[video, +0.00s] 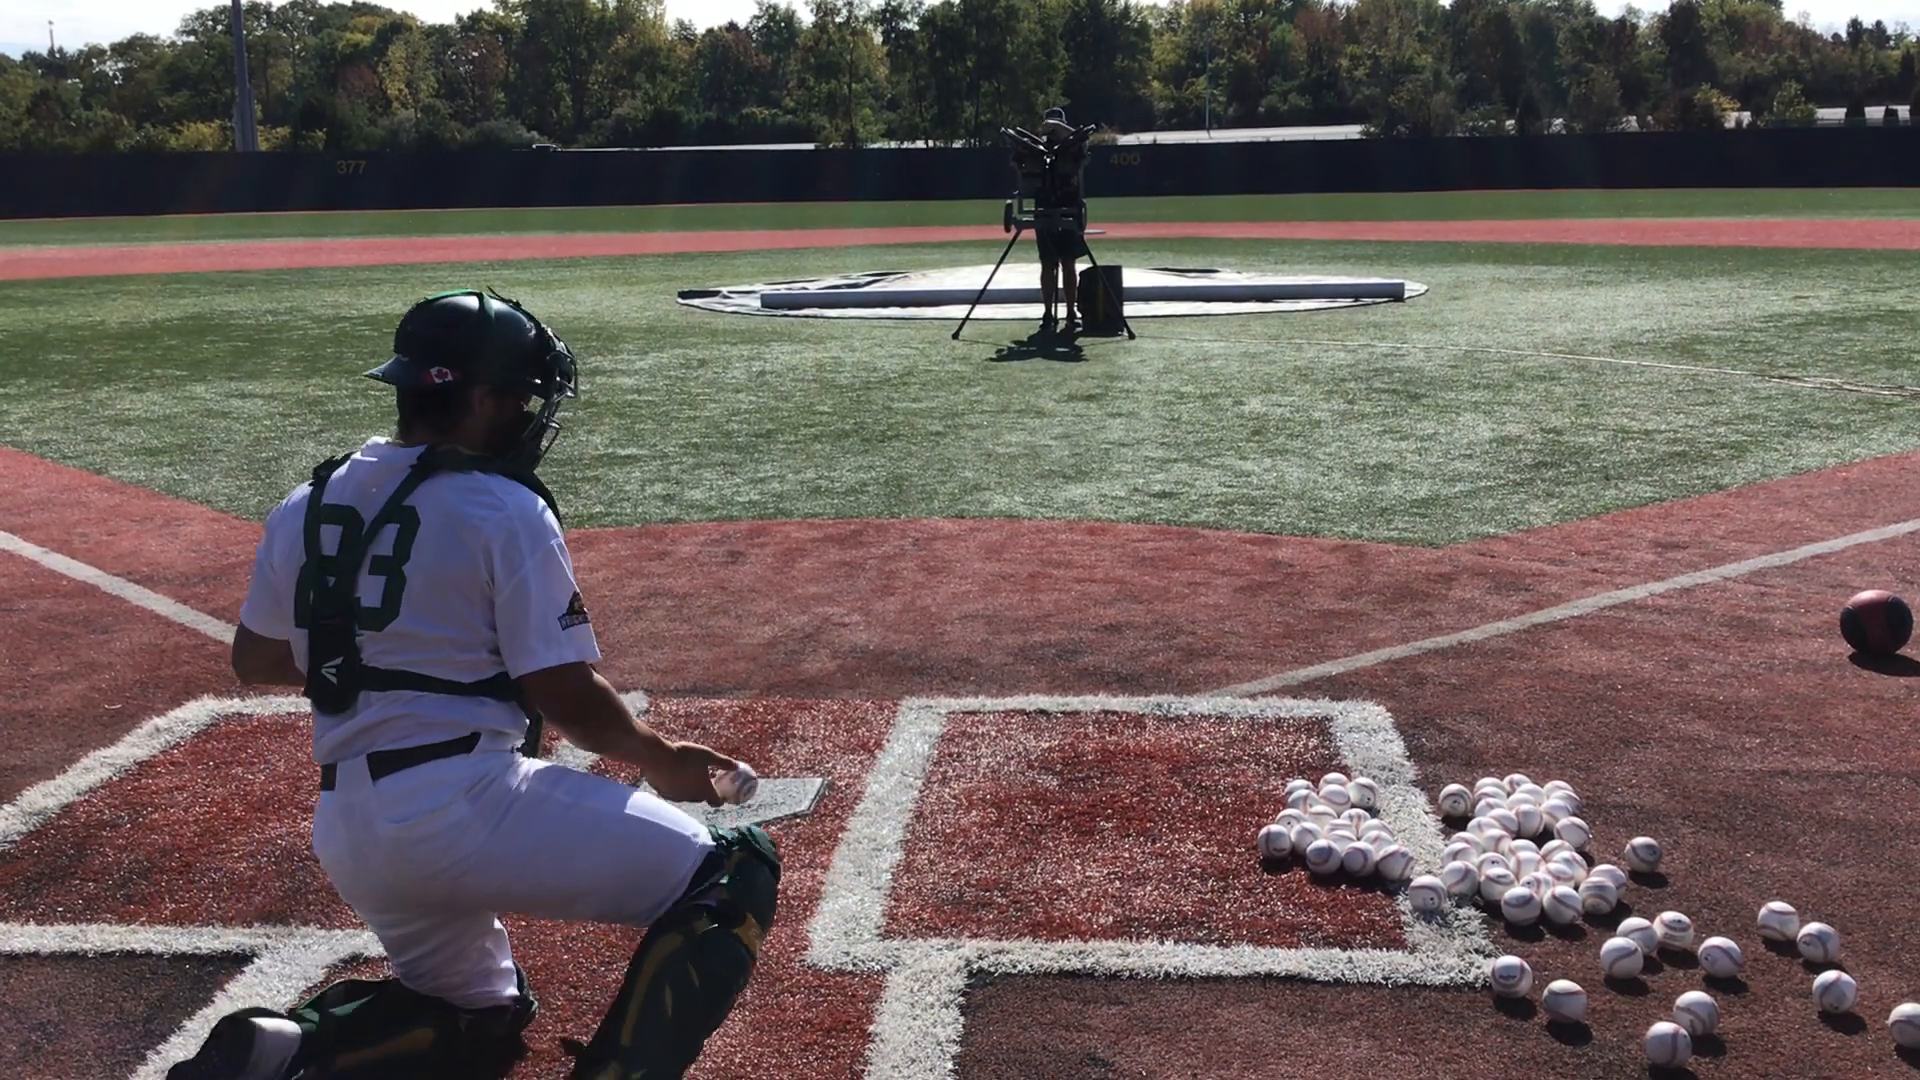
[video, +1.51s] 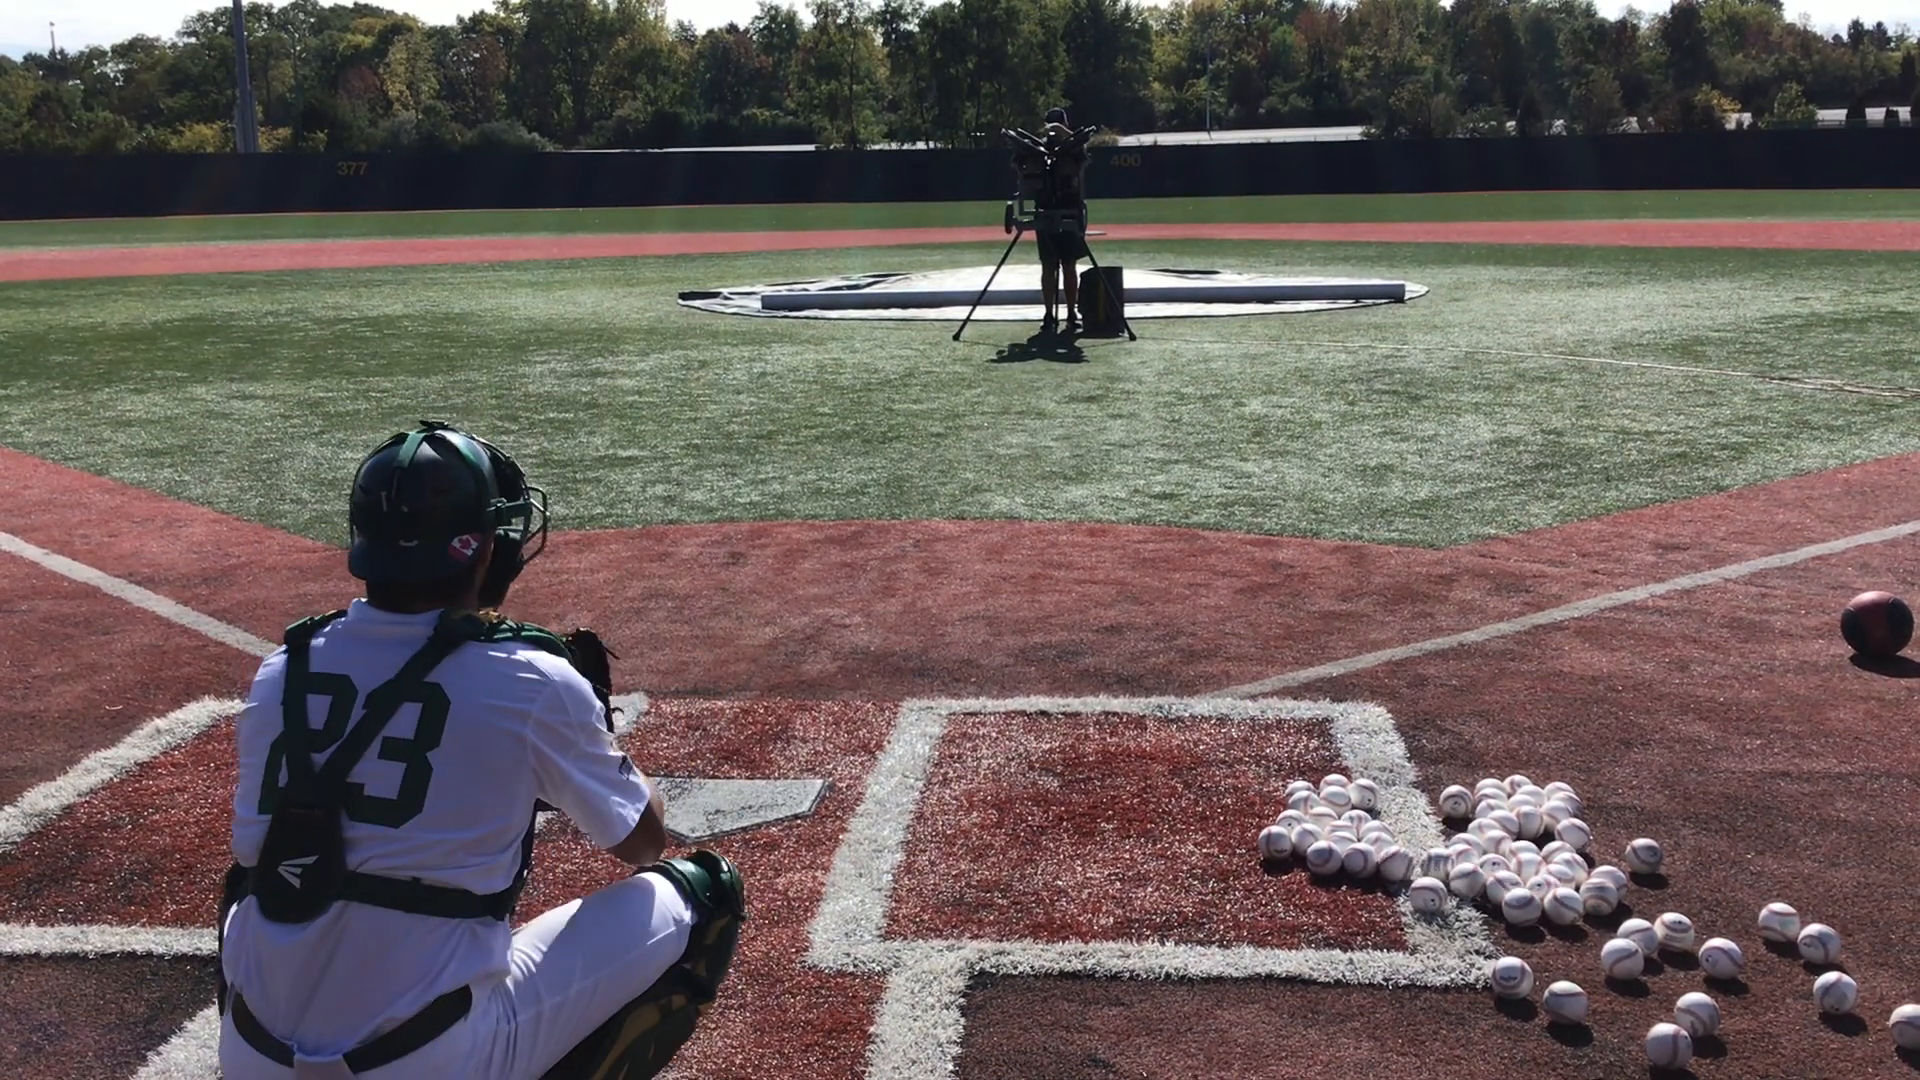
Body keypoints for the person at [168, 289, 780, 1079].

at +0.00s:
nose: (529, 414)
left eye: (527, 395)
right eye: (516, 396)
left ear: (417, 396)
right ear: (469, 402)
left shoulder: (309, 502)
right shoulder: (505, 508)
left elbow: (257, 657)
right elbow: (559, 689)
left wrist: (395, 662)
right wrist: (658, 759)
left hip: (346, 820)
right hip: (463, 800)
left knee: (480, 1018)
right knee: (730, 871)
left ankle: (288, 1052)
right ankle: (621, 1065)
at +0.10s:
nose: (527, 410)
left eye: (527, 391)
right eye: (517, 391)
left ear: (414, 384)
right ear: (473, 395)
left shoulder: (305, 493)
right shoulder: (510, 505)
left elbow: (247, 647)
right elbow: (577, 680)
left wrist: (364, 658)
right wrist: (684, 747)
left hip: (363, 810)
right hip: (487, 796)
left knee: (490, 1007)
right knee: (722, 913)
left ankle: (338, 1024)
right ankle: (527, 1059)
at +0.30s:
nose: (546, 408)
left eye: (544, 390)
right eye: (535, 392)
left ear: (426, 391)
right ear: (496, 404)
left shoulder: (321, 505)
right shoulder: (544, 515)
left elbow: (264, 661)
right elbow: (614, 691)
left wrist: (374, 656)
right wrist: (698, 756)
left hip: (391, 813)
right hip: (525, 819)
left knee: (474, 997)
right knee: (653, 1011)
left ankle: (370, 1025)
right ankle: (506, 1058)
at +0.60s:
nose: (589, 460)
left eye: (590, 442)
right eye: (584, 443)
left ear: (457, 443)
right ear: (559, 456)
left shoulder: (363, 572)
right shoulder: (618, 577)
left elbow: (318, 751)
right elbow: (688, 763)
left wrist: (428, 740)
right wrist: (612, 746)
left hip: (433, 903)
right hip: (585, 909)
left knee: (463, 1015)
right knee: (691, 1038)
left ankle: (390, 1050)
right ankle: (562, 1056)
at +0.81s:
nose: (570, 512)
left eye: (568, 496)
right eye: (563, 497)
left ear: (426, 505)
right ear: (540, 517)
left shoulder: (337, 641)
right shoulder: (603, 645)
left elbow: (296, 823)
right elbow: (680, 828)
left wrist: (411, 793)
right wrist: (574, 788)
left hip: (393, 996)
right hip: (561, 1000)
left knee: (347, 979)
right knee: (689, 1023)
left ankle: (348, 1064)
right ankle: (568, 1071)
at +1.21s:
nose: (518, 523)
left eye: (514, 507)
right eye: (512, 509)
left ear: (374, 520)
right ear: (492, 530)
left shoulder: (284, 649)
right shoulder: (544, 665)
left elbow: (253, 838)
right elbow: (622, 861)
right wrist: (554, 798)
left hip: (287, 1043)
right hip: (453, 1051)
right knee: (713, 913)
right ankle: (576, 1069)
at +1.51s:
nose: (514, 548)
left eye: (510, 530)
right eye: (506, 531)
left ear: (364, 544)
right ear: (477, 556)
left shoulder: (282, 668)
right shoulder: (532, 683)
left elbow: (253, 844)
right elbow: (643, 843)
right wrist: (586, 713)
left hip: (252, 1047)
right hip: (426, 1057)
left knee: (251, 877)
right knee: (706, 891)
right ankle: (584, 1063)